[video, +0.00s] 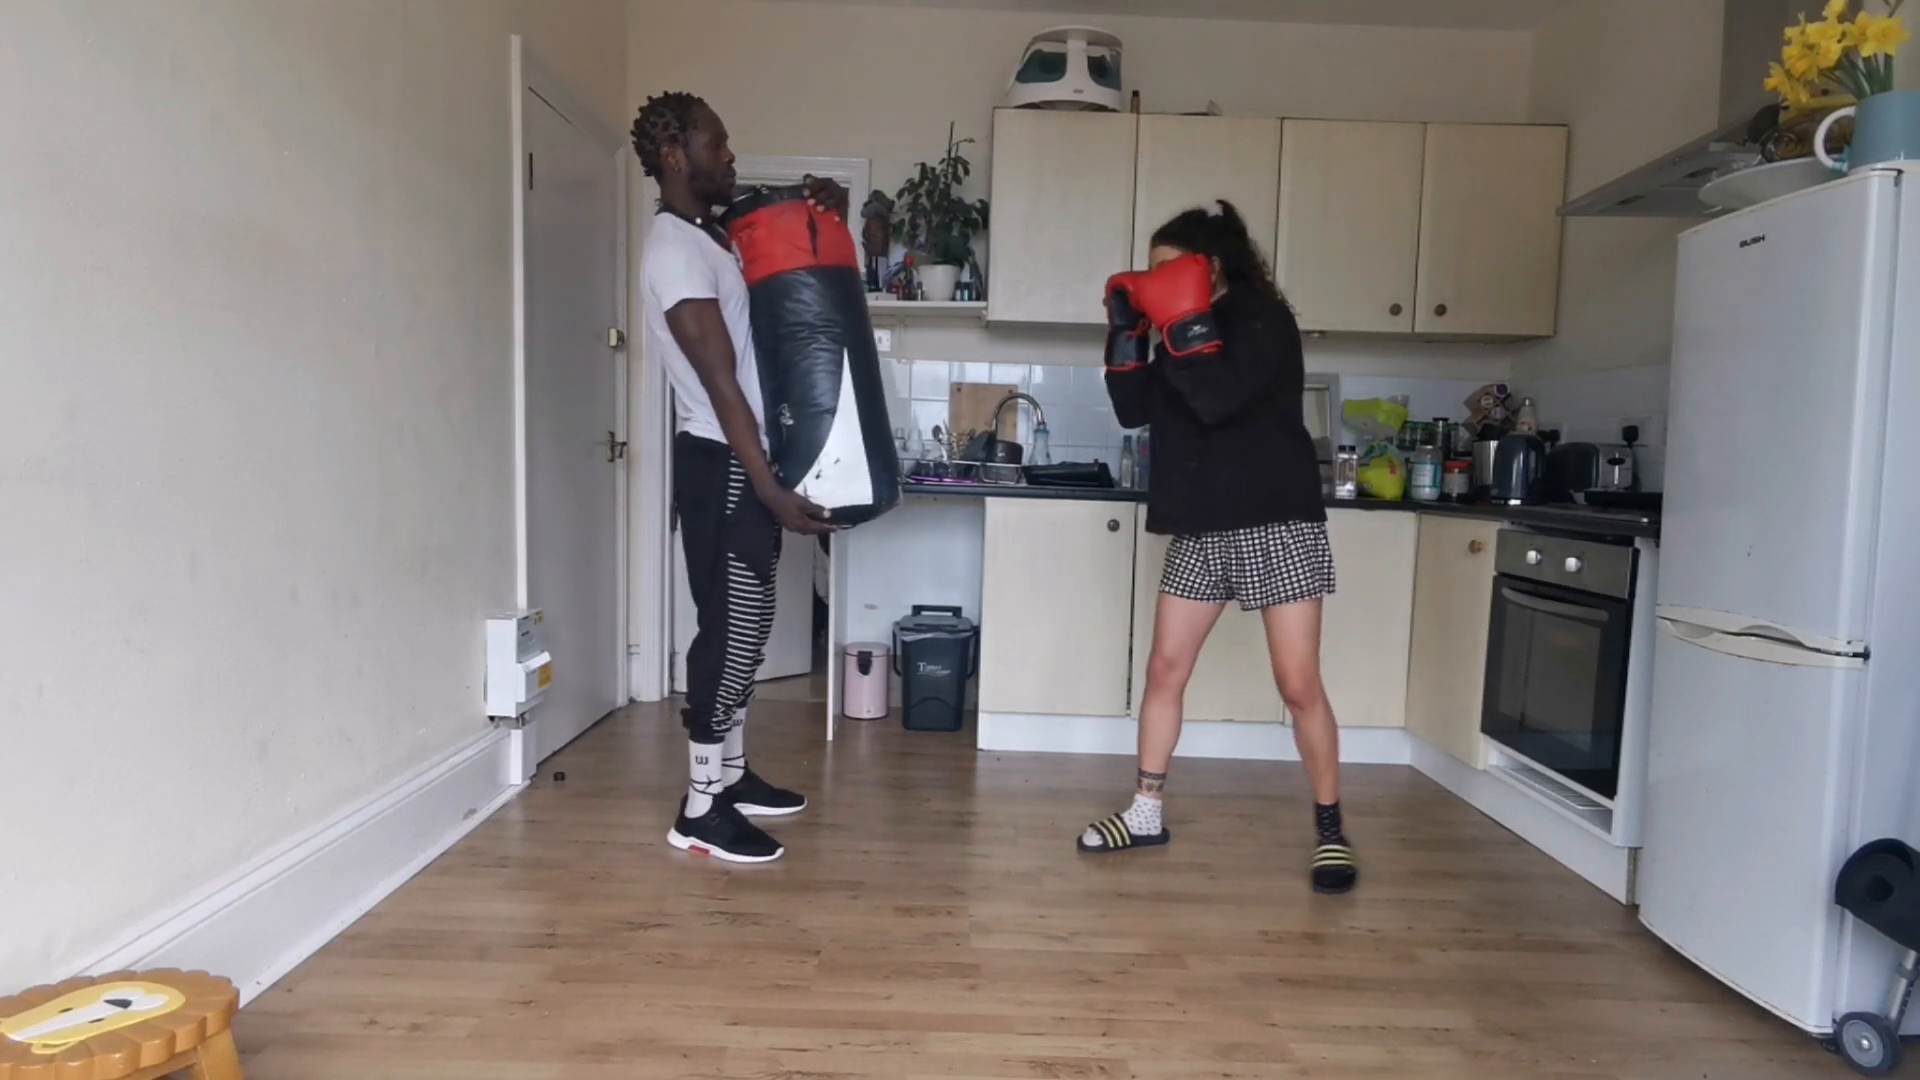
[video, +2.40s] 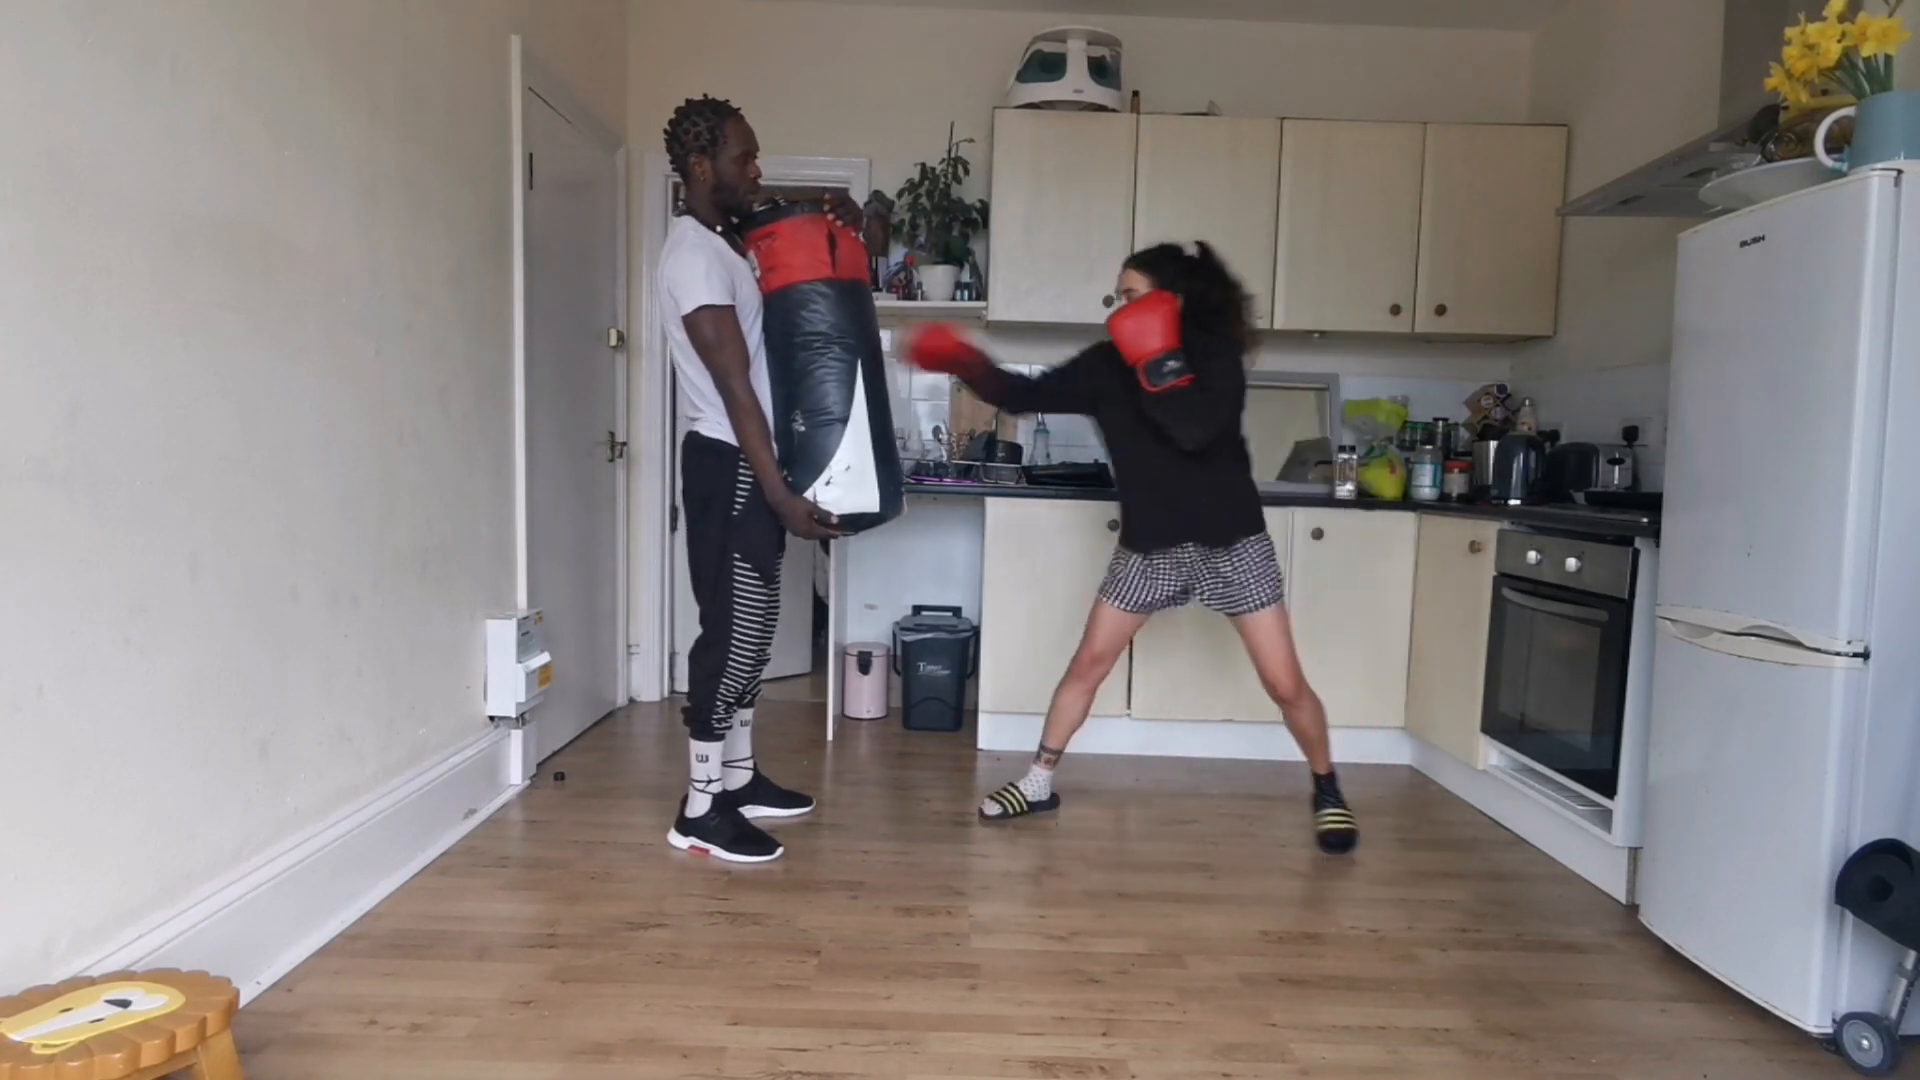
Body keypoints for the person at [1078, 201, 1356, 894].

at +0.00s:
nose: (1159, 283)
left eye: (1170, 270)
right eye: (1155, 273)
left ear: (1212, 264)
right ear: (1164, 275)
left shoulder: (1264, 318)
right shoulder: (1177, 328)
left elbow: (1217, 401)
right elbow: (1131, 408)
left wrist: (1183, 328)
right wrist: (1124, 329)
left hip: (1279, 519)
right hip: (1201, 521)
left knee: (1300, 686)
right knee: (1165, 668)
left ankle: (1329, 828)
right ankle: (1146, 810)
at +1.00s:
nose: (1148, 307)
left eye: (1159, 292)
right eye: (1146, 295)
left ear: (1200, 288)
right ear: (1158, 299)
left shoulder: (1260, 345)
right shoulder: (1162, 361)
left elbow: (1237, 429)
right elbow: (1130, 434)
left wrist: (1195, 354)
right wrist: (1090, 403)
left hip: (1297, 526)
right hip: (1214, 535)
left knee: (1341, 687)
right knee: (1137, 663)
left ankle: (1380, 834)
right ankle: (1065, 780)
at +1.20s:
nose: (1094, 358)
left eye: (1105, 347)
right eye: (1093, 348)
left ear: (1148, 344)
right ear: (1118, 349)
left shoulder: (1199, 394)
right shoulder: (1117, 404)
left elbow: (1172, 483)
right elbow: (1035, 420)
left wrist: (1128, 415)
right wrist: (951, 405)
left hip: (1257, 557)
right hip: (1175, 563)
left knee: (1317, 706)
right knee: (1092, 659)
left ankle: (1395, 812)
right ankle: (1066, 795)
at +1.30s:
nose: (1112, 353)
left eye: (1126, 341)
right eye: (1114, 341)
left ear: (1170, 347)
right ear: (1137, 343)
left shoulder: (1216, 398)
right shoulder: (1131, 396)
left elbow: (1173, 493)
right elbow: (1065, 438)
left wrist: (1146, 421)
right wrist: (1003, 433)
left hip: (1255, 558)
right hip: (1176, 561)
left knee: (1311, 709)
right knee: (1094, 656)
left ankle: (1397, 805)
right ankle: (1065, 794)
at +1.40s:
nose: (1196, 346)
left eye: (1210, 334)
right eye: (1195, 333)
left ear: (1255, 341)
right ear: (1200, 333)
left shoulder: (1282, 402)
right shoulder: (1210, 394)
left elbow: (1225, 493)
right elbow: (1190, 468)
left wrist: (1214, 417)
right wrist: (1139, 444)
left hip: (1271, 572)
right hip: (1189, 563)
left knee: (1317, 721)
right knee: (1107, 661)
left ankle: (1391, 819)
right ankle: (1069, 792)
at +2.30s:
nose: (1157, 300)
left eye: (1168, 288)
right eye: (1155, 289)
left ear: (1211, 290)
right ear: (1165, 295)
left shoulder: (1250, 348)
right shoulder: (1165, 353)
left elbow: (1220, 429)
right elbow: (1133, 429)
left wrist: (1189, 360)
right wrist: (1098, 405)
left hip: (1258, 530)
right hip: (1181, 530)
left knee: (1299, 682)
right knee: (1101, 653)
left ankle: (1340, 801)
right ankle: (1035, 771)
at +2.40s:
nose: (1120, 306)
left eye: (1133, 295)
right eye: (1119, 295)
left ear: (1174, 298)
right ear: (1123, 300)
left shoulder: (1214, 357)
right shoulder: (1107, 365)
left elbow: (1199, 430)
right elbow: (1022, 396)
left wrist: (1158, 362)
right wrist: (965, 361)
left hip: (1233, 536)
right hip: (1150, 541)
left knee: (1286, 686)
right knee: (1089, 662)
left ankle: (1327, 788)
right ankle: (1039, 781)